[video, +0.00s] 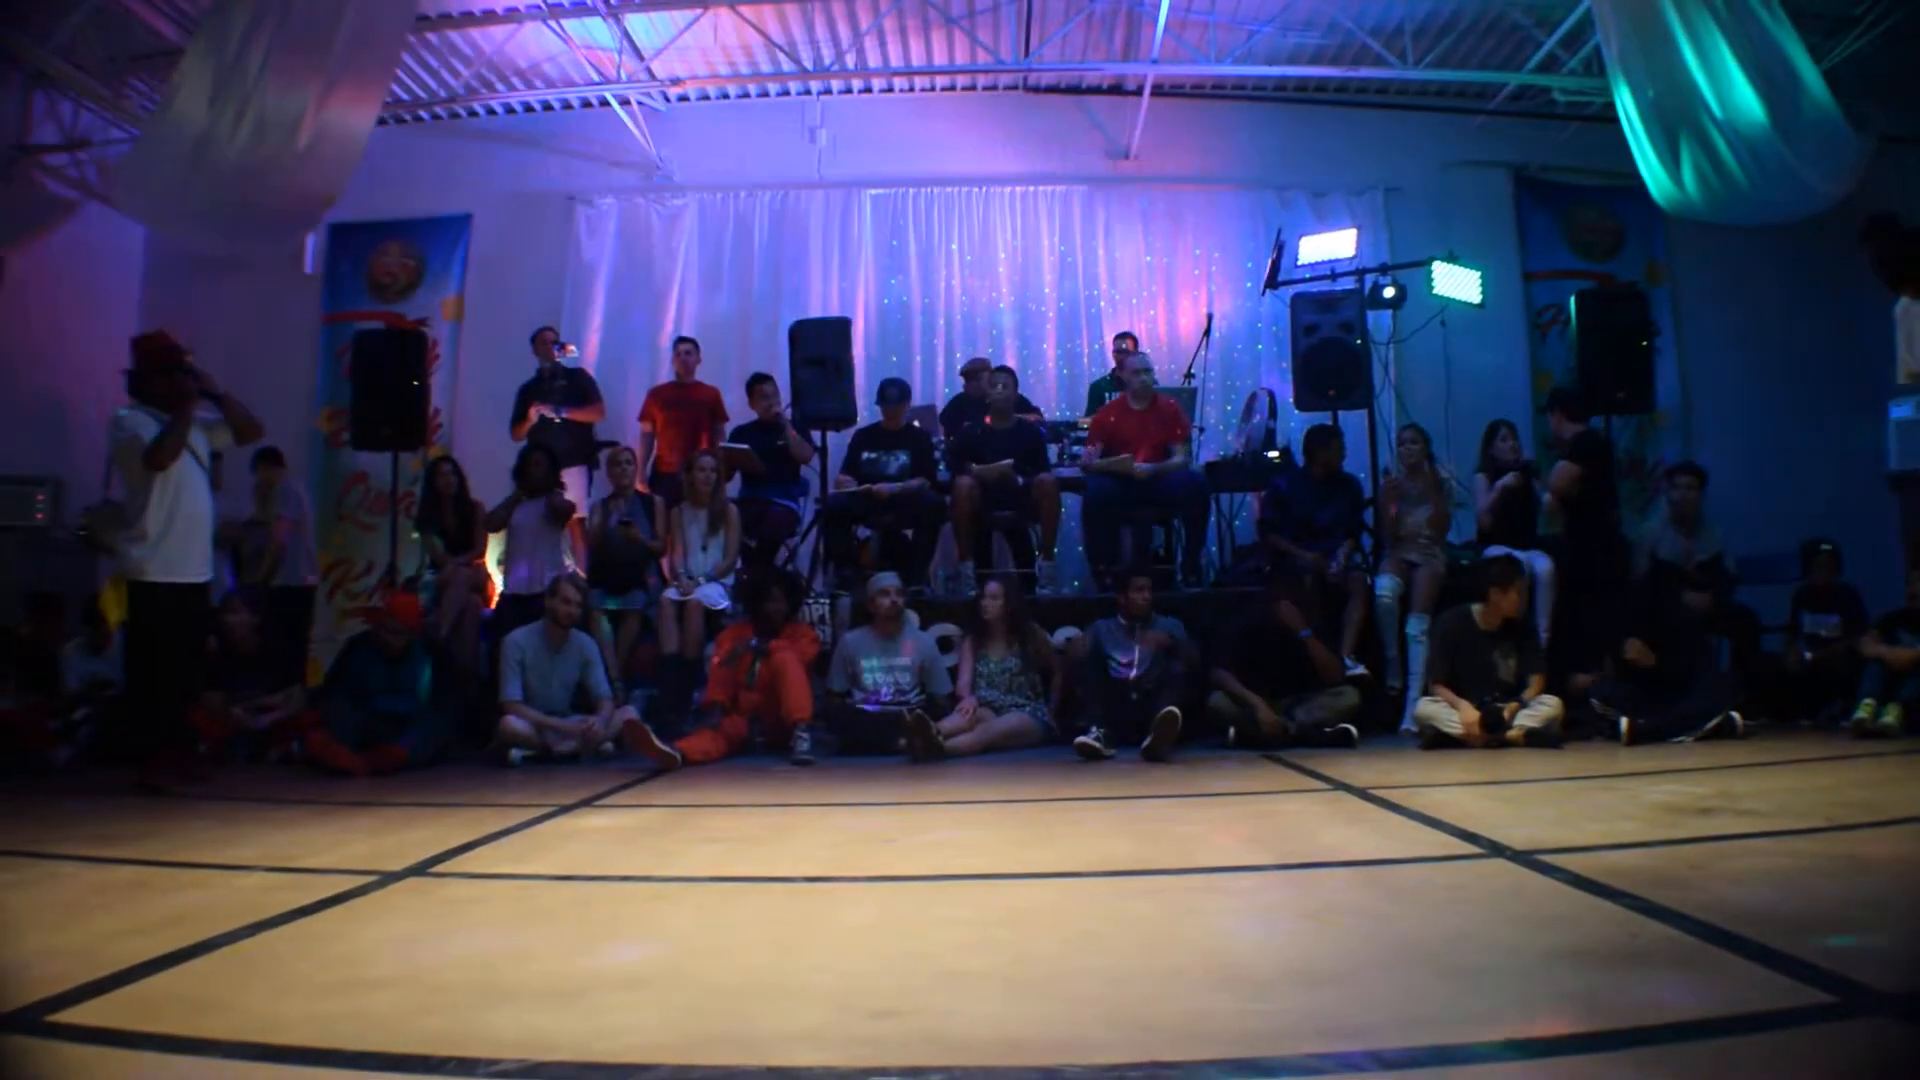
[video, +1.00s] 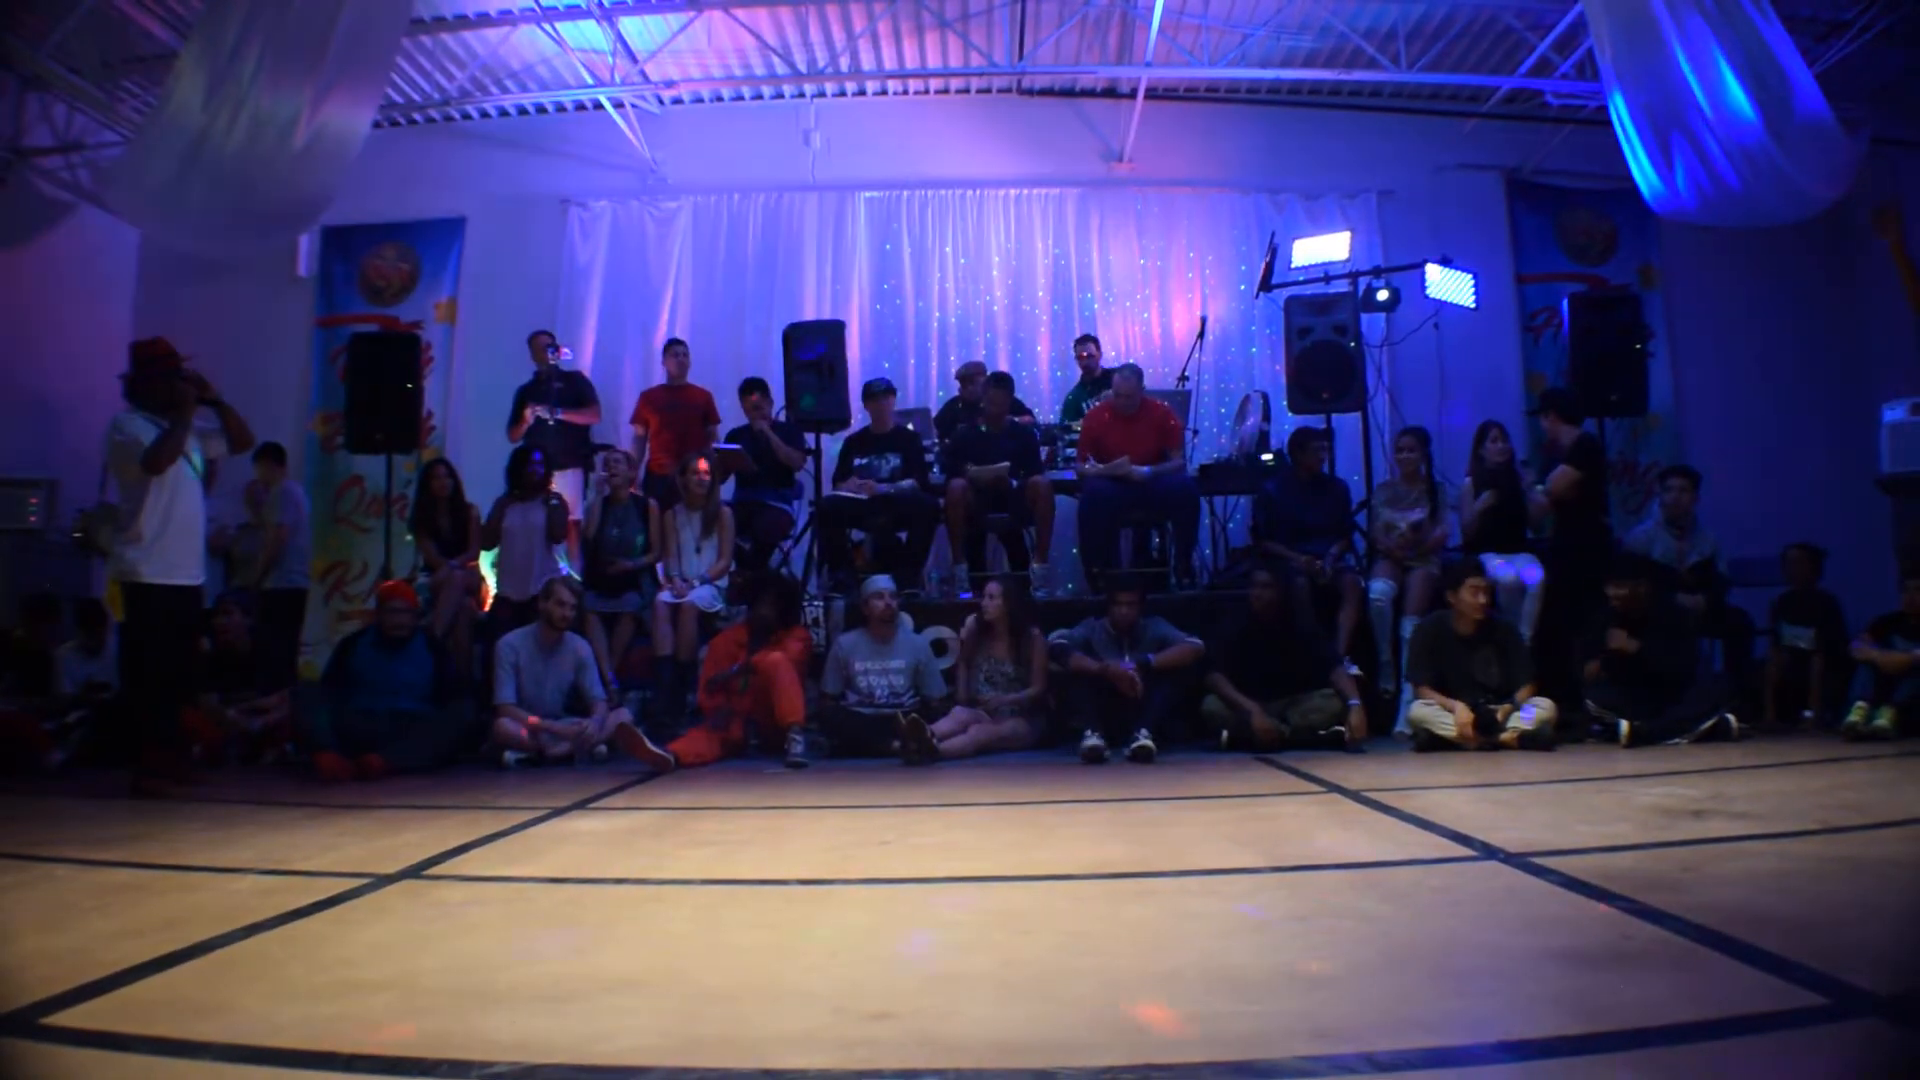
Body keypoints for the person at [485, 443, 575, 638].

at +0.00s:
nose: (534, 471)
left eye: (540, 465)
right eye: (529, 465)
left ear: (552, 471)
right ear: (520, 470)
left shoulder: (557, 502)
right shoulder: (515, 504)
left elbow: (562, 513)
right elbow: (490, 524)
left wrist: (555, 493)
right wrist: (516, 497)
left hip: (548, 592)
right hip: (514, 592)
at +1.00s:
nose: (536, 471)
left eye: (541, 465)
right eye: (530, 465)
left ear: (547, 470)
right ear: (517, 469)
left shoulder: (553, 502)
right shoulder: (504, 503)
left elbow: (558, 537)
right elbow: (487, 542)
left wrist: (553, 503)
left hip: (542, 592)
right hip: (508, 592)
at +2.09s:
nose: (534, 470)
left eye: (540, 465)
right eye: (528, 464)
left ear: (547, 470)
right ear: (515, 468)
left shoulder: (554, 500)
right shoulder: (501, 500)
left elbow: (566, 546)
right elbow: (491, 546)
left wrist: (557, 511)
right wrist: (496, 513)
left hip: (544, 593)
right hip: (508, 593)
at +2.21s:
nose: (534, 470)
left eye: (539, 464)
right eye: (528, 464)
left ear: (546, 470)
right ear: (515, 468)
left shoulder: (553, 501)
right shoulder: (501, 501)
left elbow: (564, 548)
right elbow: (491, 543)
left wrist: (557, 512)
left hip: (543, 591)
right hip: (508, 590)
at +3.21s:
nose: (534, 469)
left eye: (539, 463)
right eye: (527, 463)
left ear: (546, 469)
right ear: (515, 468)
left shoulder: (551, 503)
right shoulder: (498, 505)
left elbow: (561, 549)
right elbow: (489, 547)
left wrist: (555, 513)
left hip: (546, 582)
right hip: (509, 583)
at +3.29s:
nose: (534, 469)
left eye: (539, 464)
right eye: (527, 464)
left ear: (546, 469)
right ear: (515, 468)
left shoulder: (551, 503)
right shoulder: (497, 507)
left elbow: (562, 549)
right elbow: (487, 550)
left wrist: (555, 516)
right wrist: (495, 516)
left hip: (548, 584)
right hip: (509, 587)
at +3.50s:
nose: (535, 470)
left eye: (540, 465)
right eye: (529, 465)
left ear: (547, 470)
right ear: (518, 469)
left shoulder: (555, 506)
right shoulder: (505, 501)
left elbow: (564, 543)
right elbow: (486, 547)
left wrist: (546, 517)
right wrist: (500, 512)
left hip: (548, 581)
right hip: (512, 582)